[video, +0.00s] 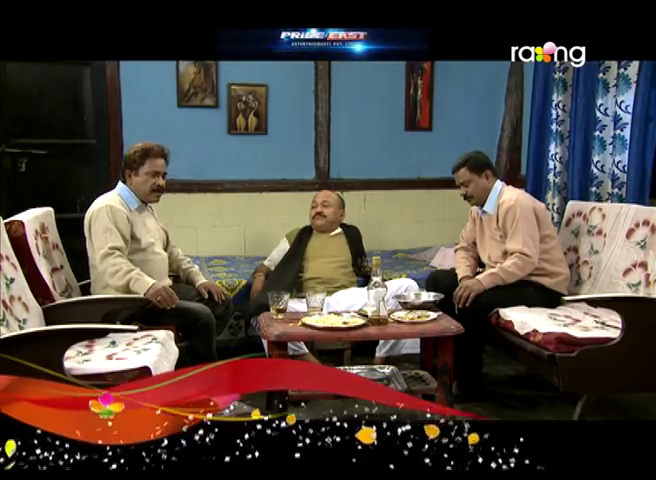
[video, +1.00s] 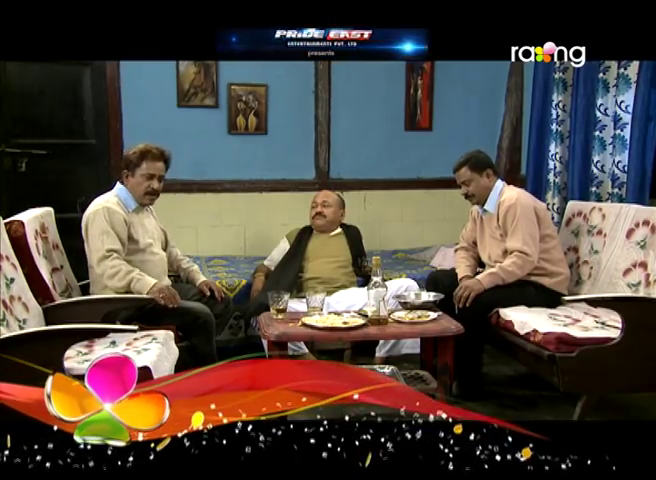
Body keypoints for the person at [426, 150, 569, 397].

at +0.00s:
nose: (463, 193)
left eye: (466, 185)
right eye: (460, 187)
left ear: (487, 177)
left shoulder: (517, 203)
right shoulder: (479, 209)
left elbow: (524, 259)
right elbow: (465, 248)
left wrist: (481, 282)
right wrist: (466, 276)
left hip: (542, 286)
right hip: (505, 278)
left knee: (473, 301)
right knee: (438, 280)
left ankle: (467, 384)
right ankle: (438, 369)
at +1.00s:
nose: (464, 192)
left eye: (467, 184)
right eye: (461, 187)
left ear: (488, 176)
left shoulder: (517, 202)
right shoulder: (479, 209)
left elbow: (523, 258)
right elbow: (465, 247)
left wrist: (481, 282)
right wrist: (466, 276)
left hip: (542, 286)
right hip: (505, 279)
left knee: (473, 302)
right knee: (438, 280)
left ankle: (467, 384)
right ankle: (438, 369)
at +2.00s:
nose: (463, 193)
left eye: (466, 185)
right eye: (460, 188)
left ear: (487, 177)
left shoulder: (517, 203)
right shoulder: (479, 209)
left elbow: (523, 259)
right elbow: (465, 247)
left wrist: (480, 282)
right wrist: (465, 276)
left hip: (542, 285)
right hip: (504, 277)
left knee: (472, 302)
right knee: (437, 280)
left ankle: (467, 385)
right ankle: (440, 369)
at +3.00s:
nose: (461, 196)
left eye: (463, 188)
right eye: (458, 191)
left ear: (483, 178)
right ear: (480, 180)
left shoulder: (516, 205)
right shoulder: (479, 209)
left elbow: (515, 263)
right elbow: (465, 247)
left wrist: (468, 289)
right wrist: (465, 281)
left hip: (541, 285)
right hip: (502, 277)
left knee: (468, 303)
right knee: (437, 280)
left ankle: (467, 385)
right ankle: (439, 369)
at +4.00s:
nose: (458, 198)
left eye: (461, 190)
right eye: (455, 193)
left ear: (481, 179)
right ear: (479, 180)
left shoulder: (514, 205)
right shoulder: (478, 209)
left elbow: (513, 266)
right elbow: (464, 248)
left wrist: (465, 294)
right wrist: (464, 282)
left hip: (541, 286)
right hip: (502, 277)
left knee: (468, 302)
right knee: (437, 280)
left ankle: (467, 385)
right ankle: (440, 368)